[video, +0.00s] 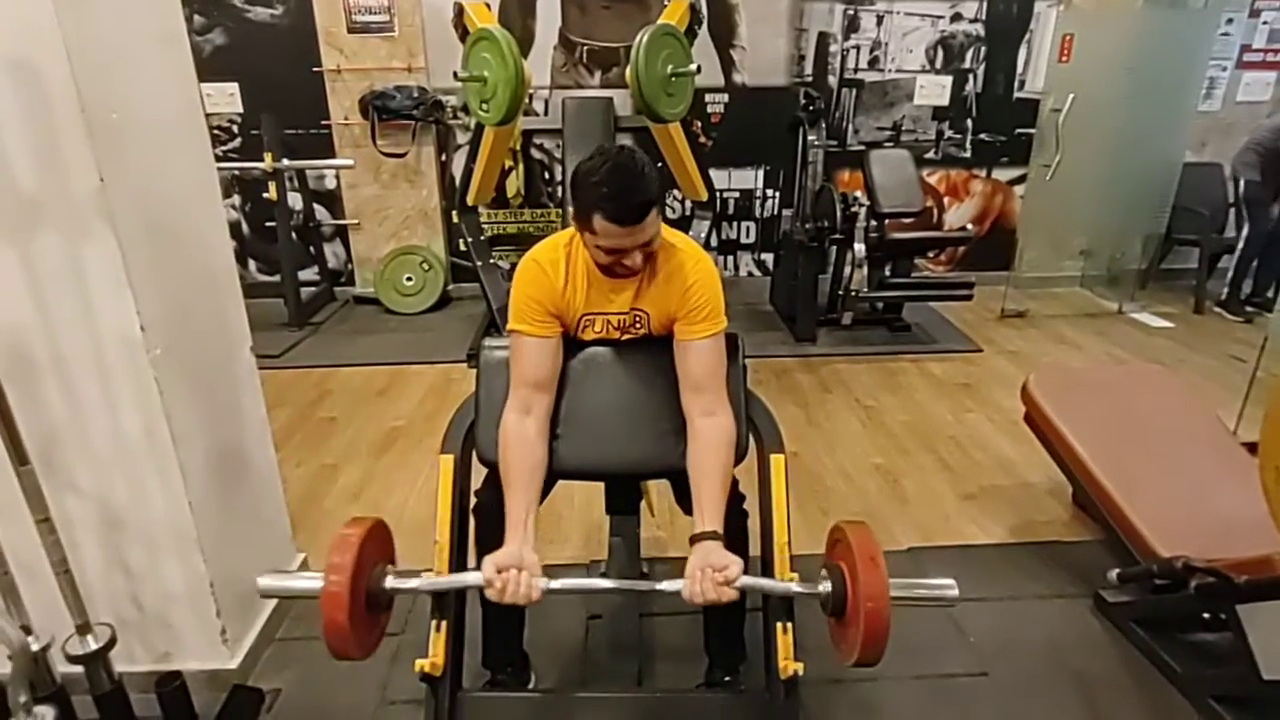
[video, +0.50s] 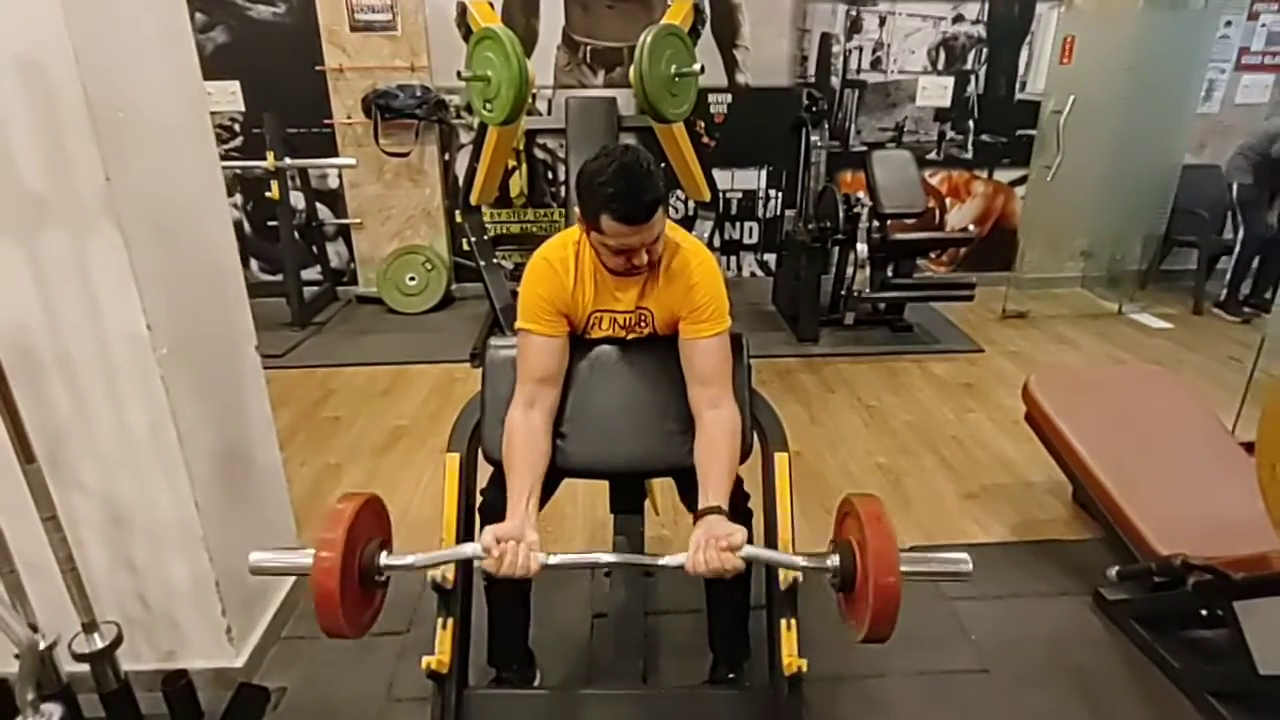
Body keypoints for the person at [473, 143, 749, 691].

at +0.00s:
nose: (633, 261)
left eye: (645, 244)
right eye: (612, 251)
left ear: (658, 216)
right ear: (579, 226)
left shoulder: (691, 272)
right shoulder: (541, 273)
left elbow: (708, 410)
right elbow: (527, 407)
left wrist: (709, 537)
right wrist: (518, 540)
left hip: (662, 410)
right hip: (567, 409)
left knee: (728, 509)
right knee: (491, 510)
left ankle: (726, 671)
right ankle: (506, 671)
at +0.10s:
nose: (641, 260)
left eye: (651, 242)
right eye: (620, 250)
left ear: (661, 214)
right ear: (584, 228)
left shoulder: (692, 271)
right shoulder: (544, 271)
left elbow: (711, 410)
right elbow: (529, 408)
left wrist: (712, 539)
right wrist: (524, 543)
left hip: (664, 408)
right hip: (570, 407)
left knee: (729, 507)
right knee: (494, 509)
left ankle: (728, 669)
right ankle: (508, 669)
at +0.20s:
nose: (643, 259)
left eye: (652, 242)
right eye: (622, 250)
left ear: (662, 213)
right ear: (586, 228)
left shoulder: (693, 270)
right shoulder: (545, 271)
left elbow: (712, 409)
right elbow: (530, 407)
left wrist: (713, 537)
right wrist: (525, 542)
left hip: (665, 408)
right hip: (570, 408)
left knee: (731, 507)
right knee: (494, 508)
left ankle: (729, 670)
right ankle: (509, 670)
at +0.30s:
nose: (643, 258)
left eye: (652, 241)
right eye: (623, 249)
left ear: (662, 212)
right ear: (587, 228)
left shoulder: (692, 269)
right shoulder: (548, 269)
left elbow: (713, 406)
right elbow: (531, 404)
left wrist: (713, 529)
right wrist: (523, 534)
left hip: (667, 405)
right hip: (572, 403)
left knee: (731, 510)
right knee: (496, 508)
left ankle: (729, 669)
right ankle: (510, 668)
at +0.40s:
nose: (643, 259)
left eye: (652, 242)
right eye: (623, 249)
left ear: (662, 213)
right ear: (587, 228)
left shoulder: (693, 268)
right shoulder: (549, 269)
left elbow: (714, 406)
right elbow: (532, 405)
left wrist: (714, 527)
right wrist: (522, 532)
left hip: (667, 404)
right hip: (572, 403)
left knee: (731, 509)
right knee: (497, 508)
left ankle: (730, 669)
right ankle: (511, 670)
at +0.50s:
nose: (641, 260)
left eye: (651, 243)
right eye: (621, 249)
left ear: (663, 215)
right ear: (587, 227)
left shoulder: (693, 269)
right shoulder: (550, 269)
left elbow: (714, 400)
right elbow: (534, 399)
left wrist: (713, 512)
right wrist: (518, 516)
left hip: (669, 405)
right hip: (573, 403)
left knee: (731, 514)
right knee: (496, 512)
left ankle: (729, 671)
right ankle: (511, 672)